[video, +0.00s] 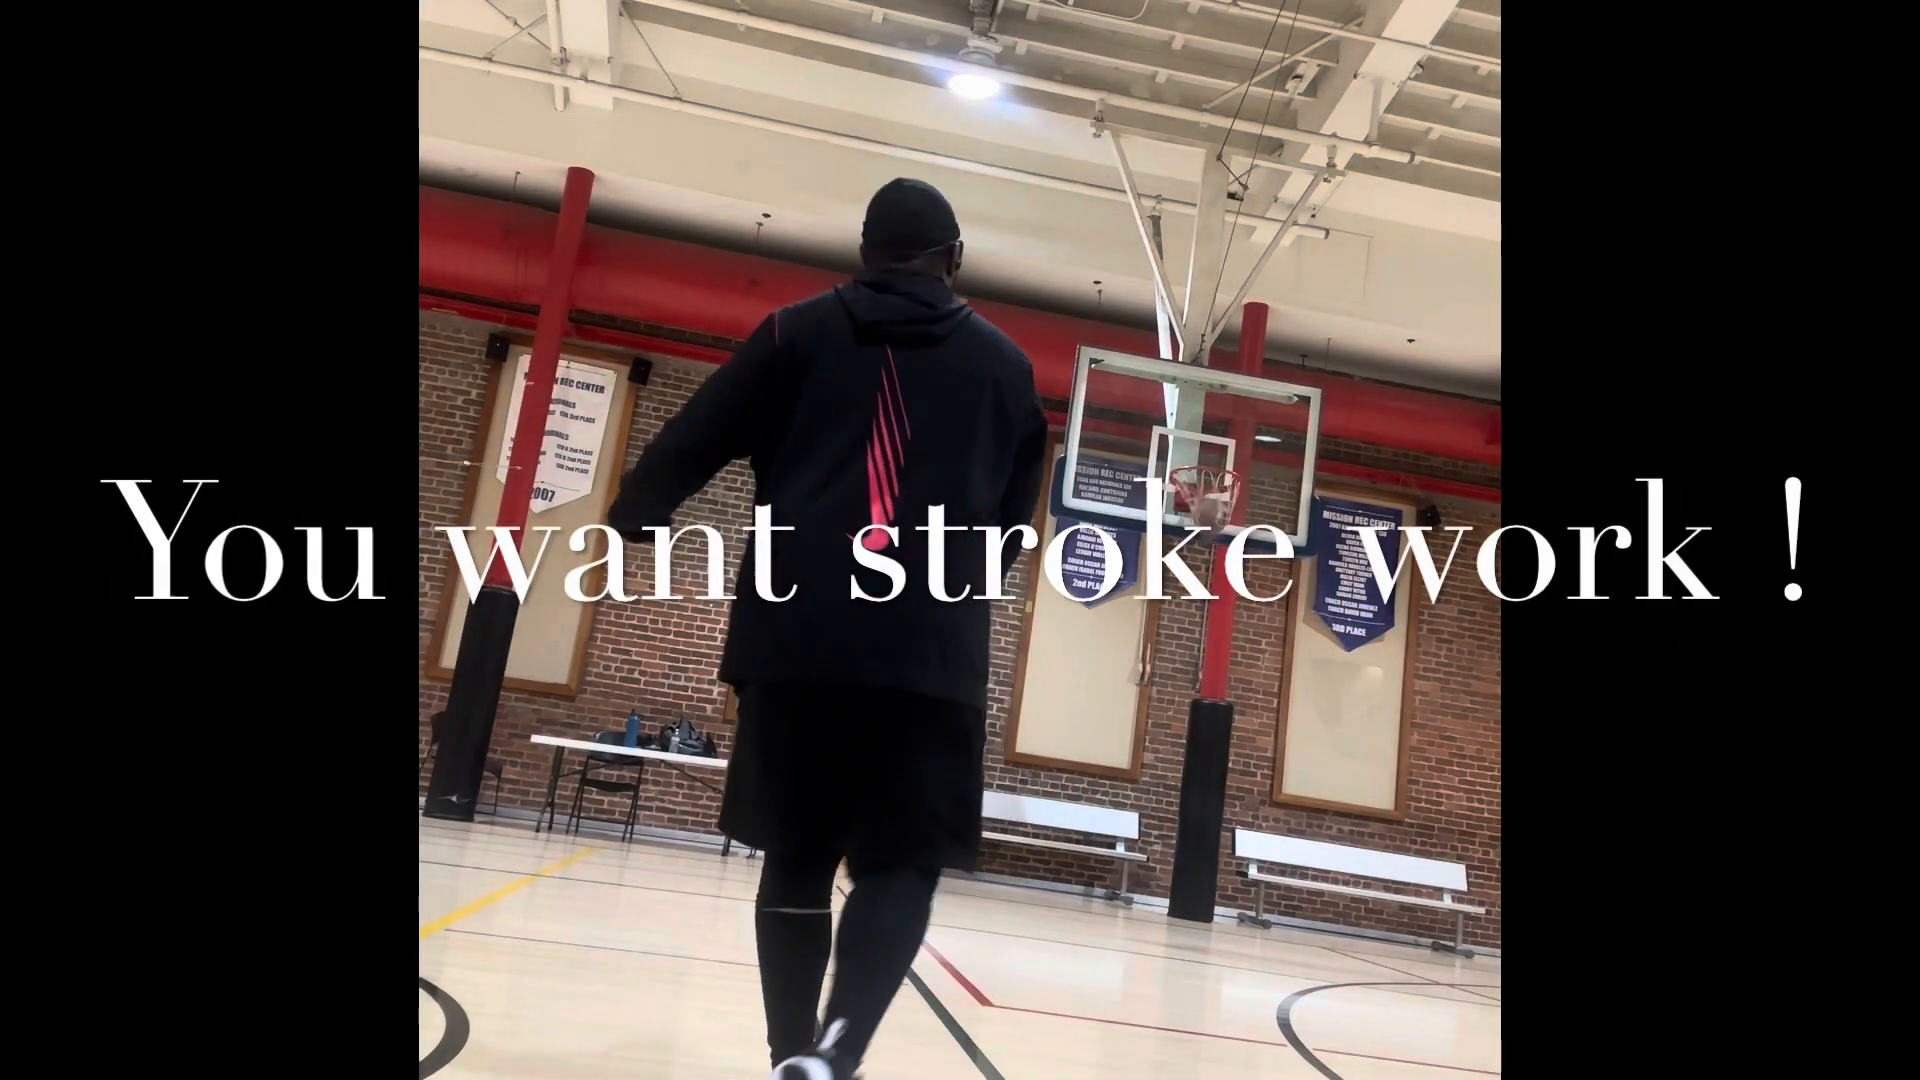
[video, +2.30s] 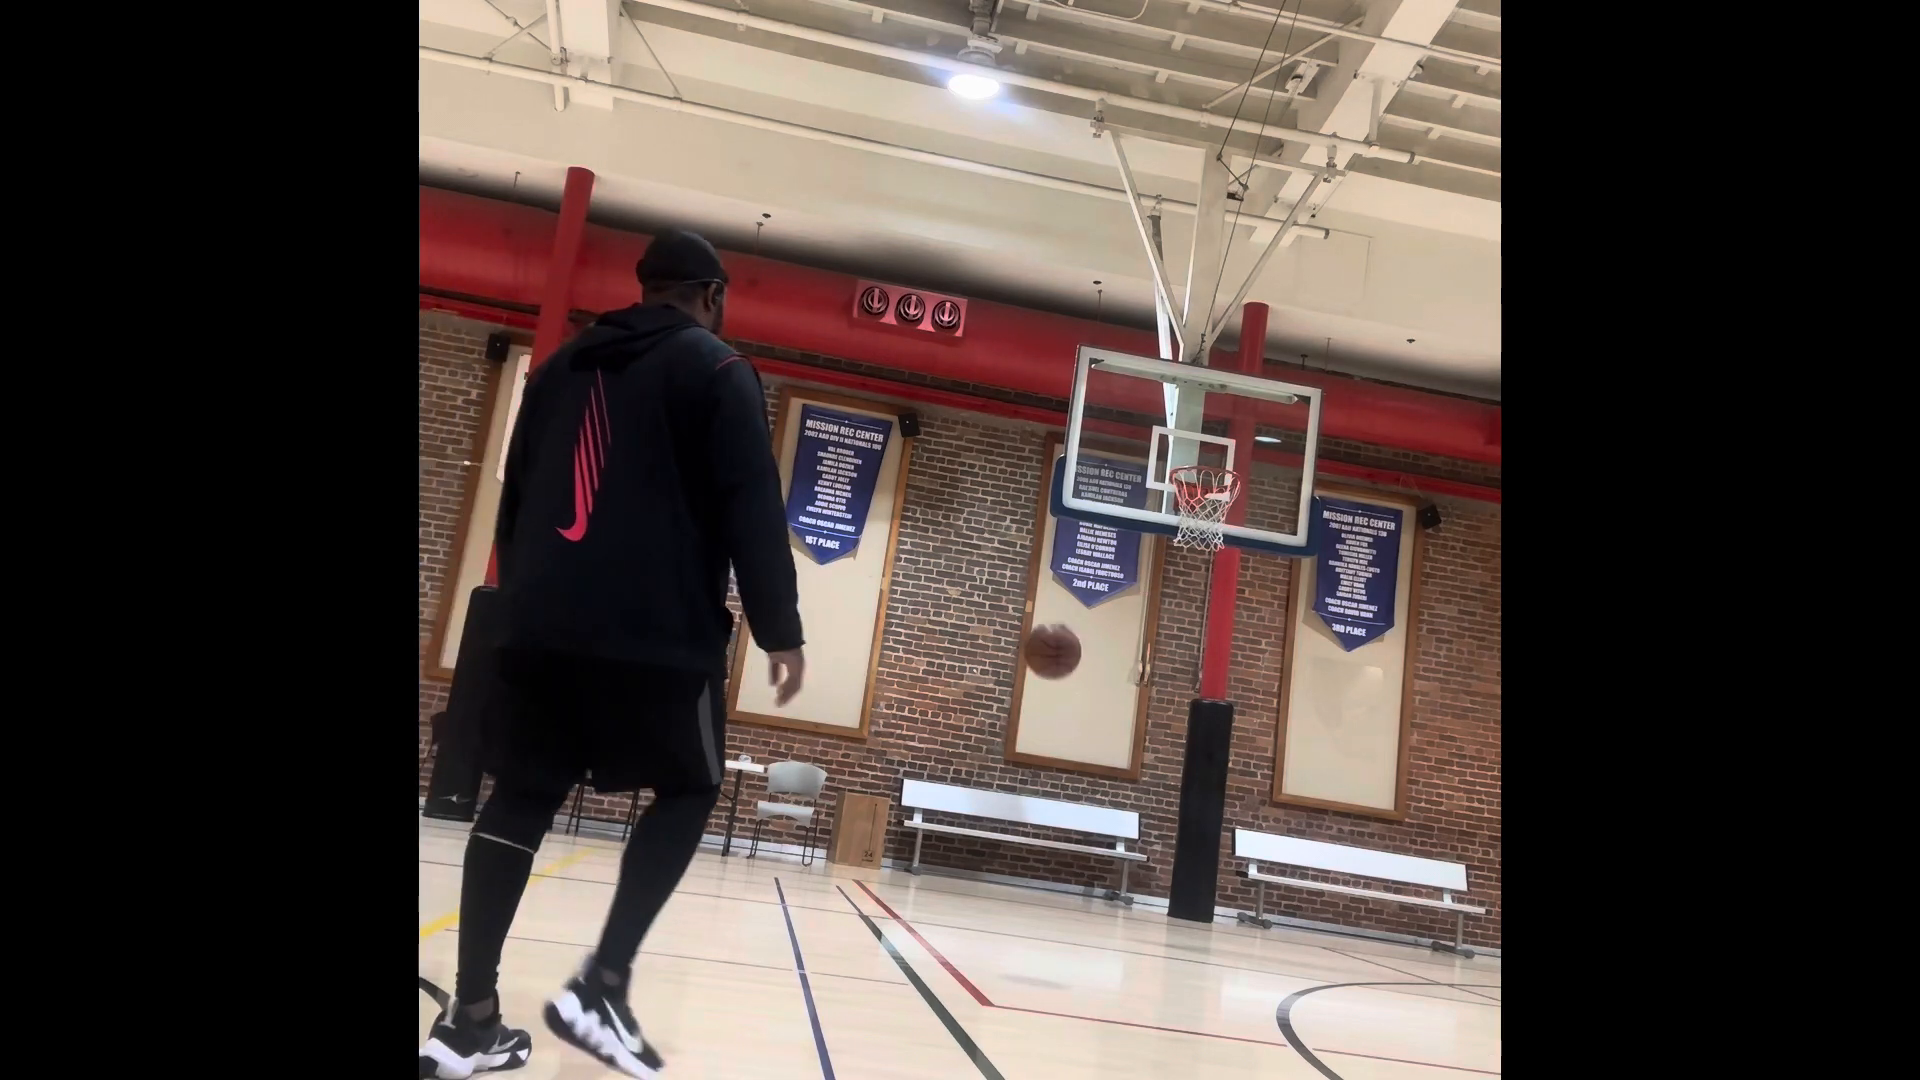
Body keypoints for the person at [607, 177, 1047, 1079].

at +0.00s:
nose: (944, 270)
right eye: (949, 257)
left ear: (863, 252)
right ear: (950, 260)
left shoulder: (798, 336)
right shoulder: (1002, 368)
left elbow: (691, 441)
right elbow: (1013, 518)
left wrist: (627, 517)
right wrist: (970, 578)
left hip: (792, 650)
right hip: (929, 666)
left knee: (796, 854)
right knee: (903, 861)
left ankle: (792, 1062)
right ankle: (834, 1053)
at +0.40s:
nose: (933, 210)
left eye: (930, 199)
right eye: (937, 198)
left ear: (837, 178)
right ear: (928, 192)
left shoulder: (730, 257)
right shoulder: (962, 293)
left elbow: (642, 392)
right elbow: (1003, 476)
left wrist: (582, 515)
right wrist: (1015, 636)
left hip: (695, 589)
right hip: (847, 609)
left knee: (703, 826)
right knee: (801, 861)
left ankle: (644, 1062)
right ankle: (758, 1074)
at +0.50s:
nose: (912, 196)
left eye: (910, 185)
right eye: (913, 183)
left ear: (809, 168)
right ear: (899, 177)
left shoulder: (701, 248)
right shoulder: (931, 272)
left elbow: (611, 382)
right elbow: (989, 421)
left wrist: (528, 501)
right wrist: (1034, 568)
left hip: (664, 589)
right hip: (819, 606)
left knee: (648, 817)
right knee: (779, 861)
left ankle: (509, 1055)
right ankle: (750, 1074)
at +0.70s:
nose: (830, 183)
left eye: (825, 173)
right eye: (830, 170)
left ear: (722, 150)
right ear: (813, 161)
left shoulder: (610, 241)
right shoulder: (839, 250)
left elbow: (528, 398)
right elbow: (908, 396)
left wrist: (473, 535)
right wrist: (969, 525)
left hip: (573, 586)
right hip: (738, 603)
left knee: (491, 831)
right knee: (734, 867)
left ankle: (417, 1029)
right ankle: (731, 1068)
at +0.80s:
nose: (780, 173)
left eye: (777, 160)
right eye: (781, 158)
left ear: (672, 137)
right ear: (764, 150)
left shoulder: (557, 233)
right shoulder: (790, 245)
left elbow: (492, 405)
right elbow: (845, 421)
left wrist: (470, 565)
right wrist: (898, 581)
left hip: (529, 574)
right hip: (695, 592)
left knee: (457, 816)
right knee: (714, 847)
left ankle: (411, 1023)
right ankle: (714, 1070)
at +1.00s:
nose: (720, 164)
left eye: (717, 152)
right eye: (721, 150)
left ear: (609, 126)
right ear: (701, 142)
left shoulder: (501, 213)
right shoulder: (729, 236)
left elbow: (455, 374)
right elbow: (779, 418)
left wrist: (473, 505)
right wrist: (748, 571)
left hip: (470, 555)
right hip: (644, 571)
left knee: (442, 802)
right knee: (659, 800)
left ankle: (407, 1035)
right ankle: (597, 1055)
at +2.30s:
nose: (722, 314)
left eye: (719, 302)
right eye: (723, 302)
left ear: (642, 286)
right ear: (708, 296)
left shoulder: (563, 366)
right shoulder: (716, 373)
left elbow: (517, 494)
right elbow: (751, 505)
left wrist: (523, 594)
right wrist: (781, 628)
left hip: (542, 624)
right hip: (656, 633)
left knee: (519, 798)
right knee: (689, 789)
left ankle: (469, 1013)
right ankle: (601, 985)